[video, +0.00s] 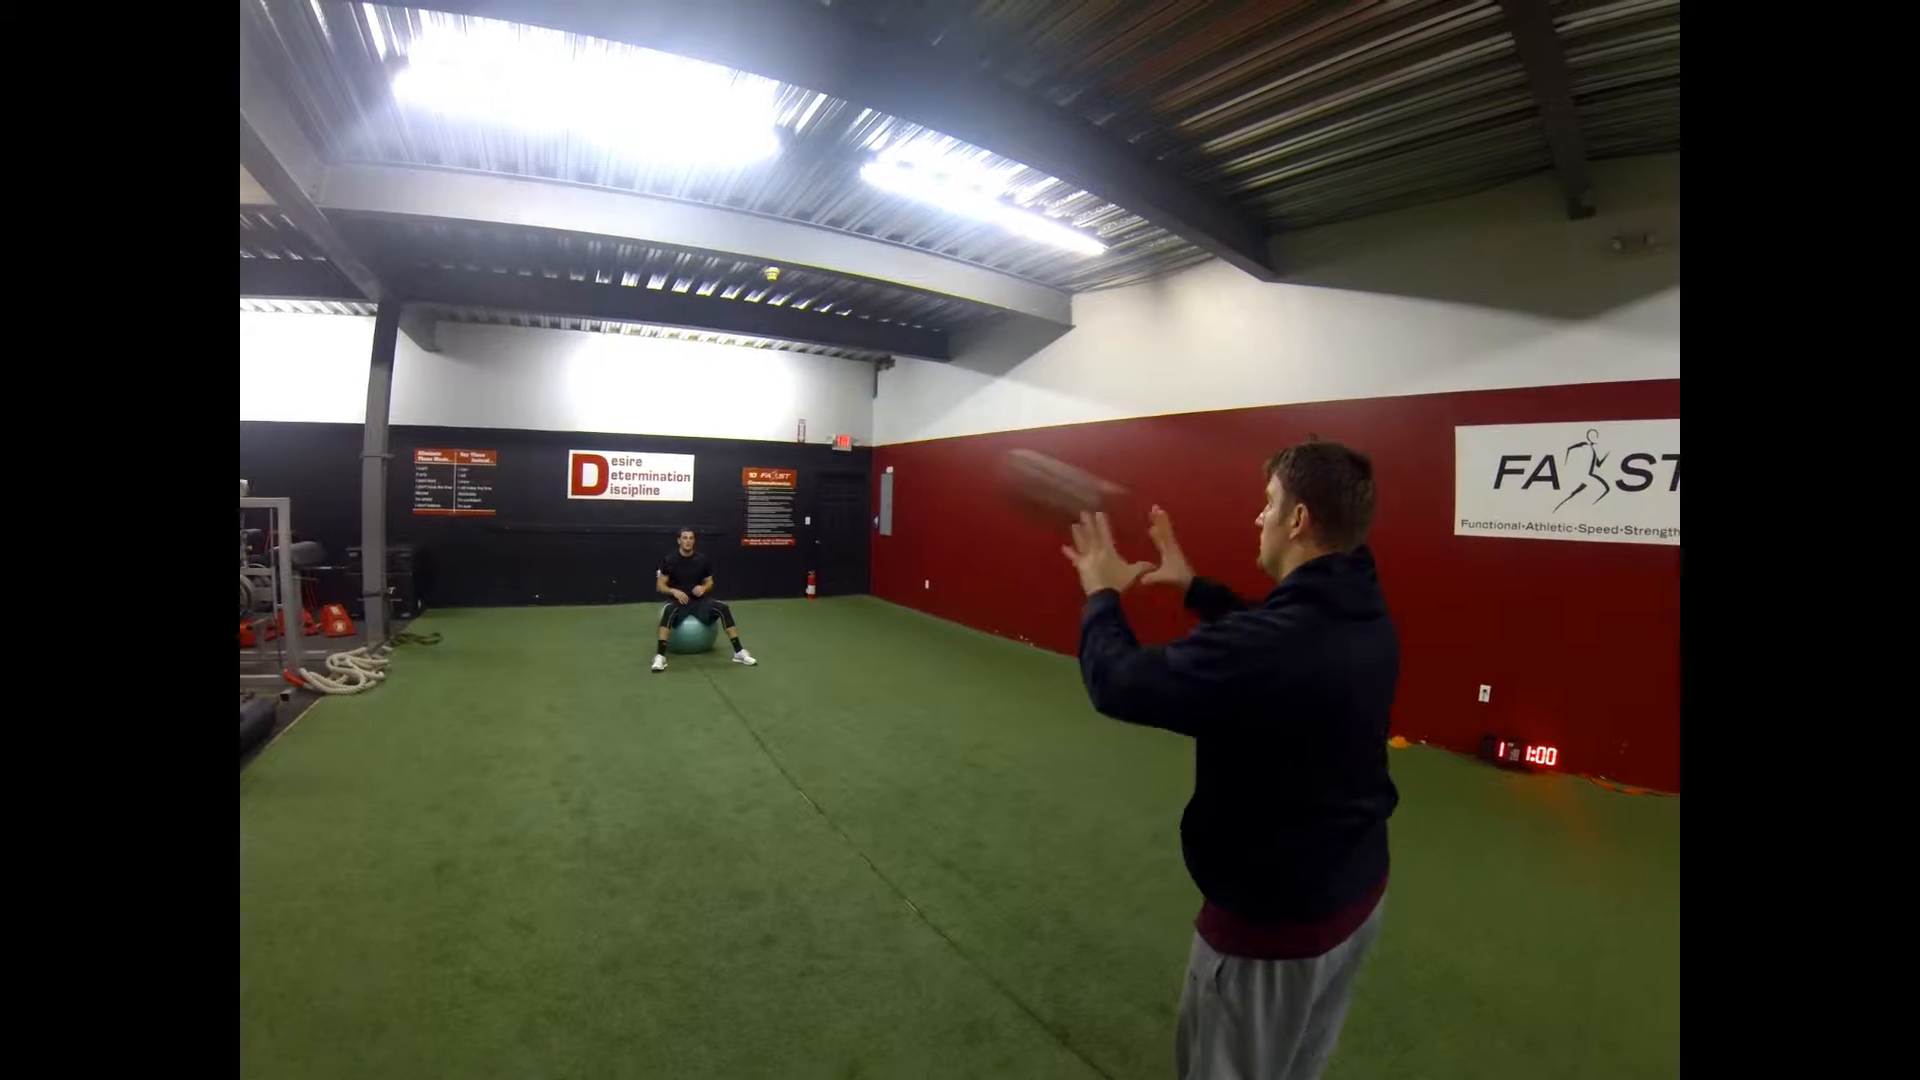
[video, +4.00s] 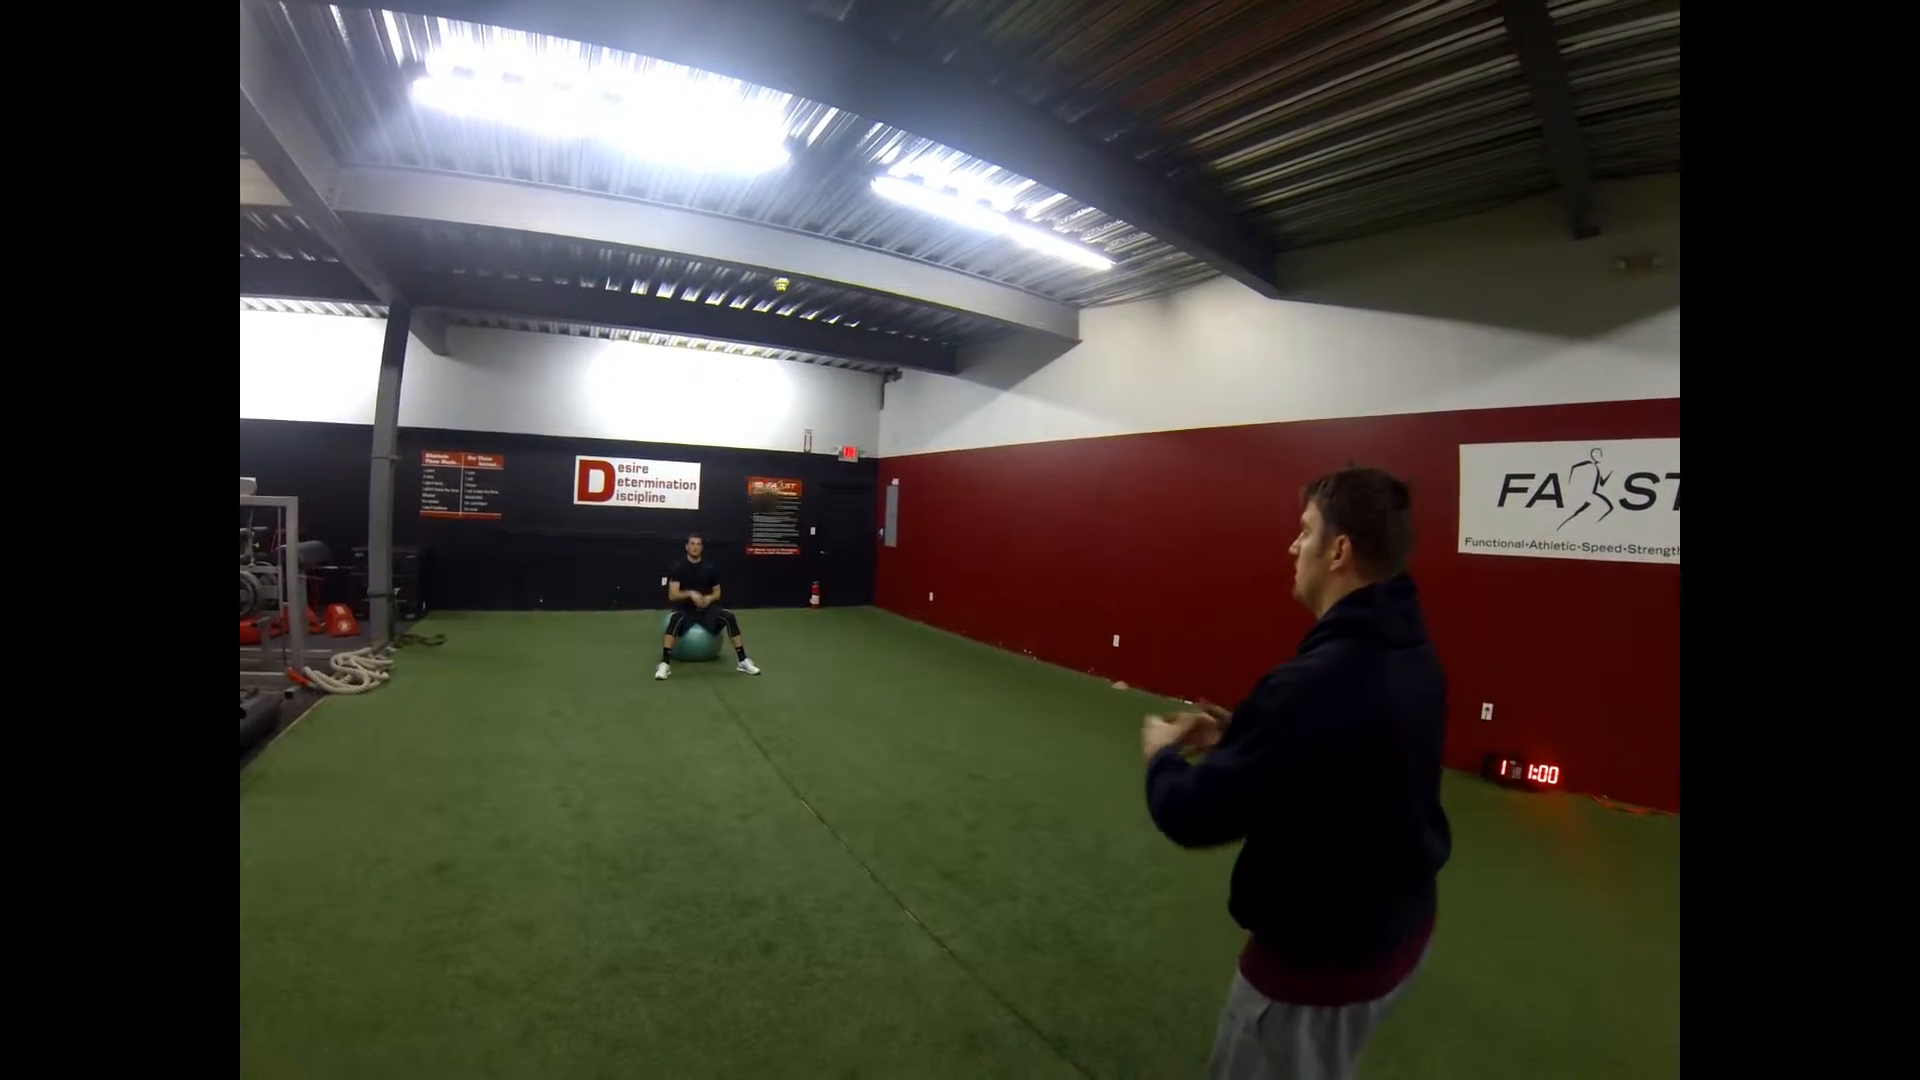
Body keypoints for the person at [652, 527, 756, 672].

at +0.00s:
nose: (688, 541)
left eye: (691, 538)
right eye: (685, 538)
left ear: (694, 541)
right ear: (679, 540)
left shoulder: (702, 559)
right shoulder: (670, 560)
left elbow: (710, 582)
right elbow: (660, 586)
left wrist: (703, 588)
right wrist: (674, 592)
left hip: (699, 601)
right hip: (679, 602)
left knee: (723, 608)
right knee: (668, 610)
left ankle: (739, 652)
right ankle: (660, 656)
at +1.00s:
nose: (690, 549)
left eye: (692, 546)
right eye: (686, 546)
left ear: (696, 548)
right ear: (680, 548)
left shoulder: (704, 567)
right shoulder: (671, 568)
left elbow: (710, 591)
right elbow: (661, 592)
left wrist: (703, 598)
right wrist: (674, 600)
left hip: (698, 609)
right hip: (679, 609)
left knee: (719, 615)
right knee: (667, 617)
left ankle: (736, 658)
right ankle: (658, 663)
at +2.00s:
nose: (698, 545)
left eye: (701, 542)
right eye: (695, 541)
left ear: (704, 544)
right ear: (689, 543)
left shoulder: (709, 562)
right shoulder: (681, 561)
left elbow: (720, 584)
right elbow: (681, 582)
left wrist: (720, 578)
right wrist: (695, 575)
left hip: (707, 604)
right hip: (687, 604)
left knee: (728, 612)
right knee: (677, 614)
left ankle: (746, 655)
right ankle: (667, 659)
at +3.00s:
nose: (695, 562)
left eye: (698, 559)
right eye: (692, 559)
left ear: (702, 559)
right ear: (687, 557)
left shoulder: (708, 573)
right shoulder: (677, 573)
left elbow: (711, 600)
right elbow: (664, 596)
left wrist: (696, 596)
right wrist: (677, 600)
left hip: (703, 613)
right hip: (683, 613)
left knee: (726, 622)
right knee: (674, 624)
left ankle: (744, 664)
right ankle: (665, 669)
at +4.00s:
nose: (695, 547)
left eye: (698, 544)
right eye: (692, 544)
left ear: (702, 547)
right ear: (687, 546)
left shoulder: (710, 568)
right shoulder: (679, 568)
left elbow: (717, 593)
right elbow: (673, 595)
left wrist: (708, 599)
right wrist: (691, 594)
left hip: (707, 608)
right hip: (686, 609)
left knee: (729, 617)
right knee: (676, 618)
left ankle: (743, 660)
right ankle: (664, 663)